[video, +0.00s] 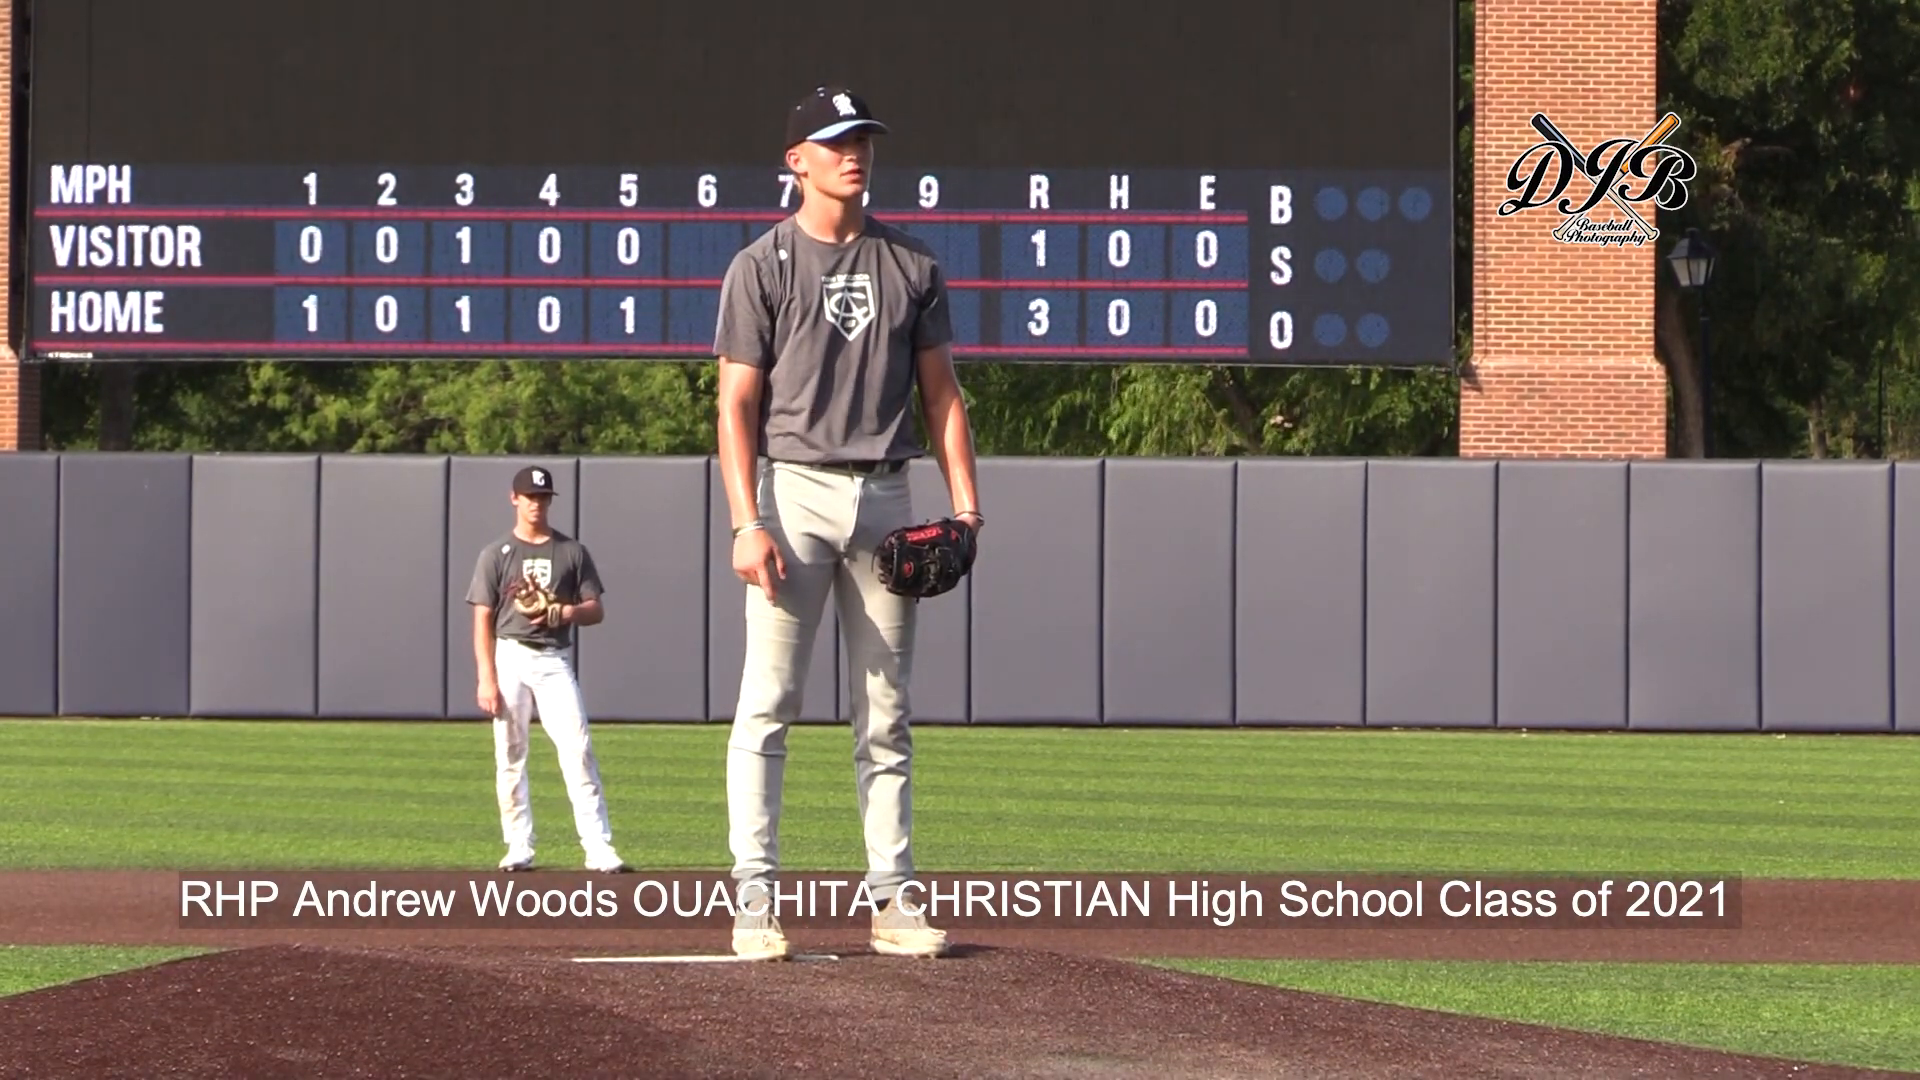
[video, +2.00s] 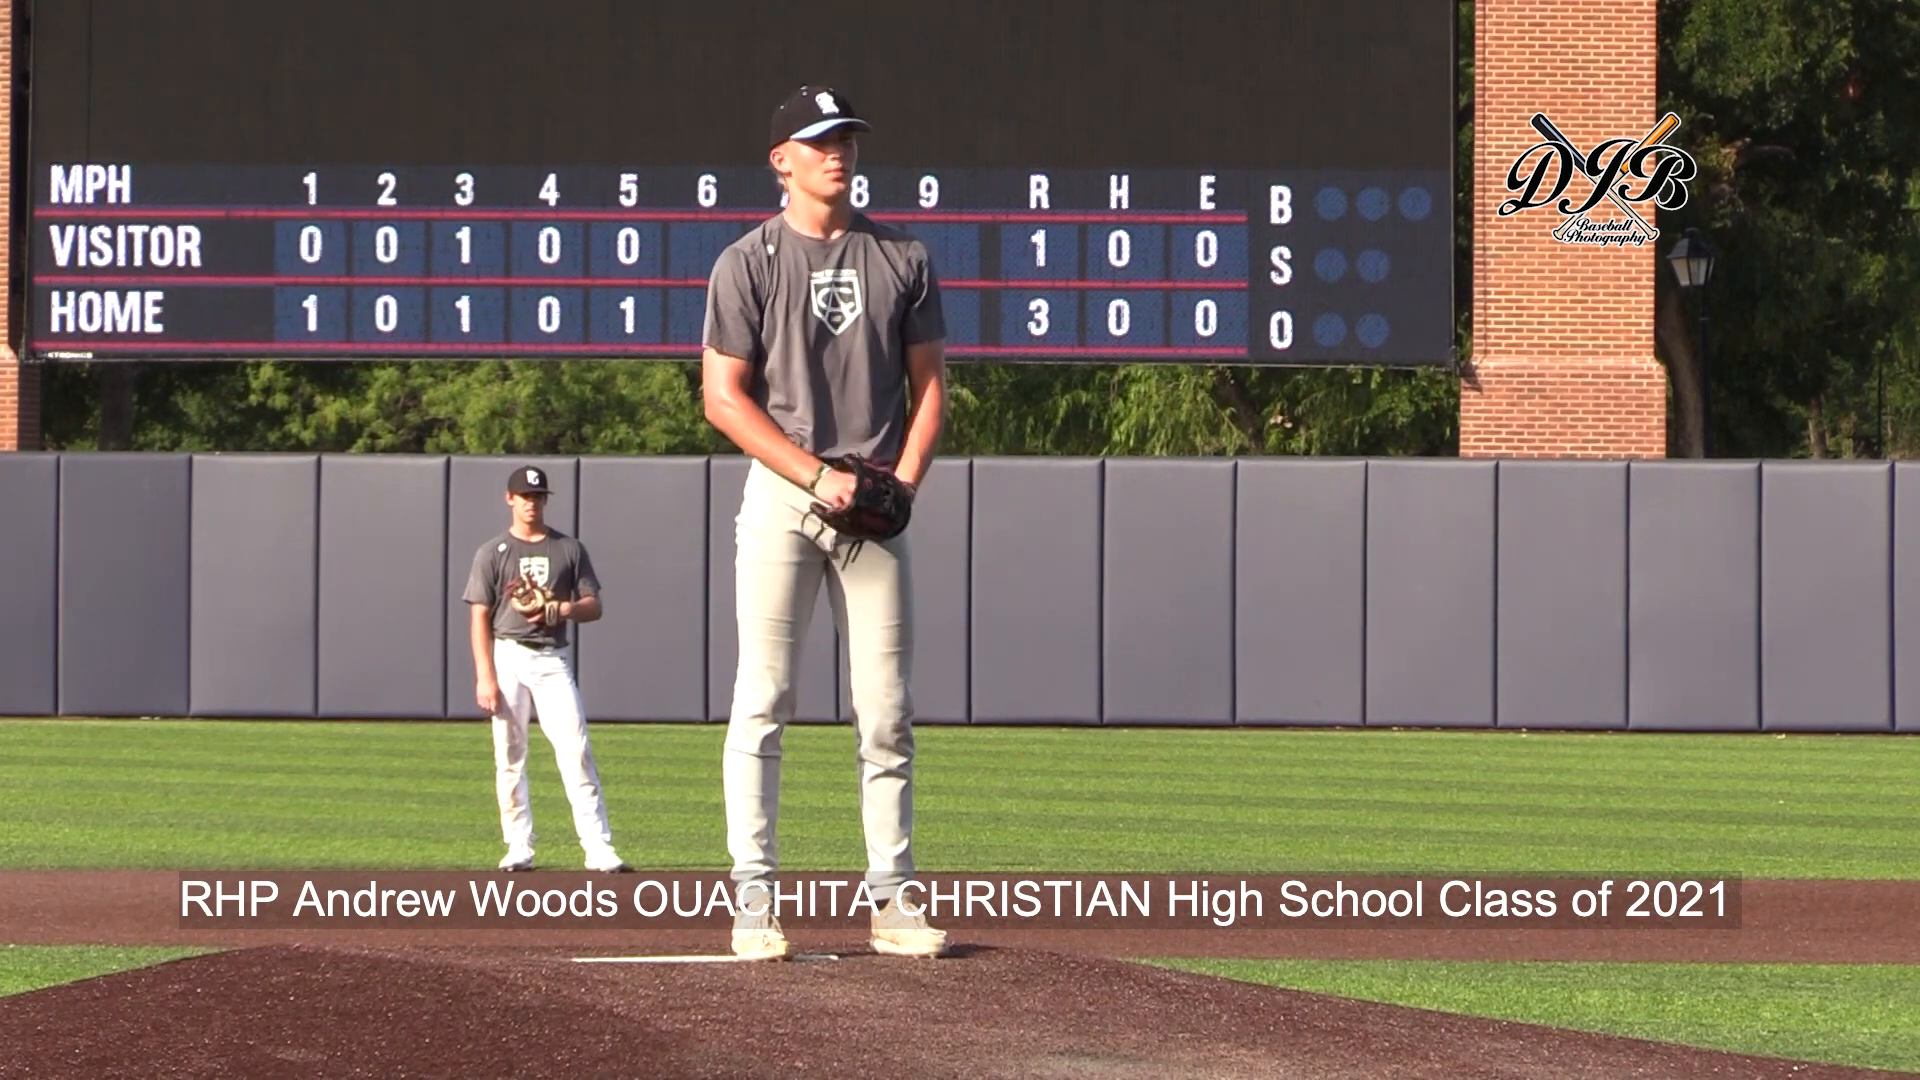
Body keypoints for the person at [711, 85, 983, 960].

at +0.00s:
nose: (854, 159)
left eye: (862, 145)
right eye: (837, 146)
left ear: (872, 158)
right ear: (799, 160)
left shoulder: (911, 267)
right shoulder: (759, 267)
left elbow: (943, 394)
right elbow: (734, 405)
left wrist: (965, 508)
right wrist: (746, 522)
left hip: (887, 497)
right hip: (790, 493)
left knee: (886, 711)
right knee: (768, 705)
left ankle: (892, 897)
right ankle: (755, 895)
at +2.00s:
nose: (839, 158)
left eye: (846, 144)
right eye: (821, 146)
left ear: (857, 157)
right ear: (782, 160)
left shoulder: (901, 259)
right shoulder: (745, 263)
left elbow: (931, 386)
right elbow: (721, 397)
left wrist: (901, 487)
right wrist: (816, 474)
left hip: (875, 502)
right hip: (778, 500)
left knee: (886, 710)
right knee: (764, 700)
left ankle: (892, 897)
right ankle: (754, 898)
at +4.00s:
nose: (901, 165)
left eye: (911, 150)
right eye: (884, 153)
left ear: (930, 160)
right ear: (857, 167)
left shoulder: (953, 244)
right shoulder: (858, 263)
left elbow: (932, 383)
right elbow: (846, 381)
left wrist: (817, 423)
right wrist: (784, 405)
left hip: (930, 486)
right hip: (867, 490)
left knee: (870, 686)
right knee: (851, 697)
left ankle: (940, 882)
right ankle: (880, 898)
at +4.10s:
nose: (895, 165)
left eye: (906, 150)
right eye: (879, 153)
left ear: (926, 160)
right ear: (853, 166)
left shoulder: (948, 243)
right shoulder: (865, 261)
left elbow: (914, 378)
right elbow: (849, 368)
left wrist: (796, 391)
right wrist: (780, 368)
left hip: (925, 479)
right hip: (873, 479)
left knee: (797, 630)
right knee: (868, 696)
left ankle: (872, 829)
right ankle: (874, 908)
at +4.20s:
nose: (889, 168)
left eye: (902, 153)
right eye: (873, 155)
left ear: (925, 162)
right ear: (851, 170)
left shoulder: (946, 242)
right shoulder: (869, 264)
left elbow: (893, 371)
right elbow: (853, 387)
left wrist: (778, 343)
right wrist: (779, 342)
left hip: (920, 475)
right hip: (885, 476)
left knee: (741, 557)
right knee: (863, 704)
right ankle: (882, 906)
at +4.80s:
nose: (871, 248)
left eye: (886, 232)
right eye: (856, 235)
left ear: (913, 240)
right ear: (840, 250)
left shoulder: (921, 304)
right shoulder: (904, 333)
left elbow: (859, 417)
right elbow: (879, 488)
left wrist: (750, 427)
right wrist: (781, 471)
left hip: (916, 533)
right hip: (938, 551)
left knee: (721, 567)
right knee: (798, 728)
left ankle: (782, 768)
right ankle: (875, 906)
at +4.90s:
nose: (867, 292)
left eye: (881, 276)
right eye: (853, 280)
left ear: (910, 285)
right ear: (840, 296)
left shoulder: (913, 334)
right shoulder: (929, 357)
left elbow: (827, 406)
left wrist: (715, 473)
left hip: (942, 570)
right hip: (961, 585)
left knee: (761, 669)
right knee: (806, 737)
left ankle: (801, 880)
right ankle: (872, 906)